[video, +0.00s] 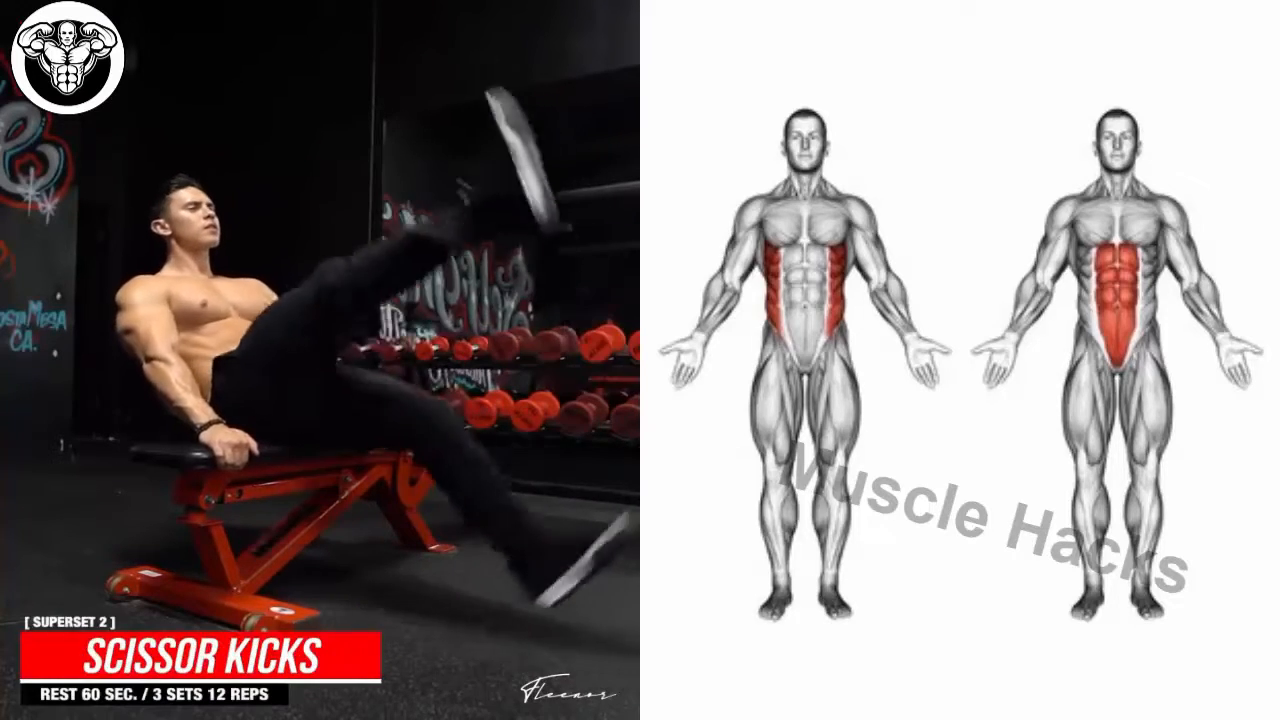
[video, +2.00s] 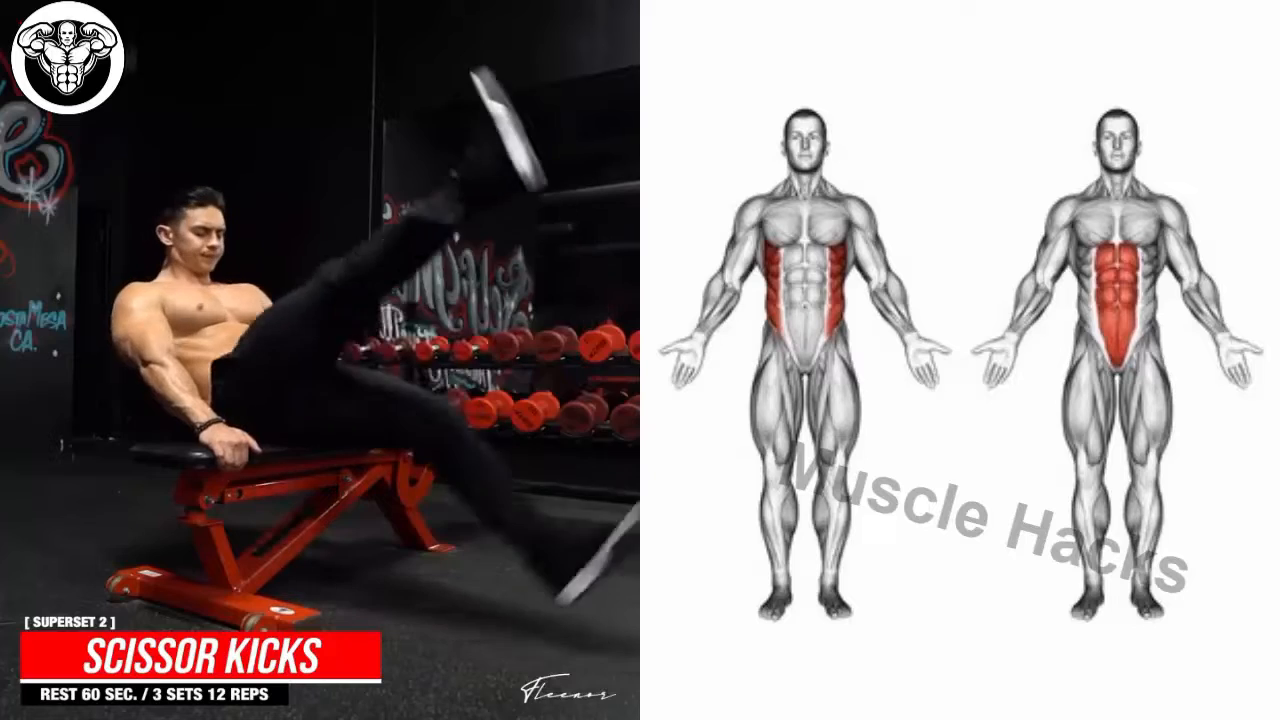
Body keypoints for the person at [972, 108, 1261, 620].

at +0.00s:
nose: (1116, 145)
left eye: (1124, 138)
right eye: (1109, 137)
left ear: (1137, 146)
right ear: (1097, 145)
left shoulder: (1164, 211)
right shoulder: (1070, 211)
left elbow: (1193, 282)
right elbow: (1041, 282)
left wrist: (1221, 335)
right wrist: (1012, 336)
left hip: (1144, 355)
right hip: (1089, 354)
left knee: (1145, 466)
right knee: (1088, 467)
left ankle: (1141, 582)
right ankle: (1092, 583)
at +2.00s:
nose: (1116, 145)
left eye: (1124, 138)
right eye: (1108, 138)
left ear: (1137, 145)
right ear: (1097, 146)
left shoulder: (1164, 211)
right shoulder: (1070, 211)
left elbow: (1193, 282)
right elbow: (1041, 282)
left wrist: (1221, 335)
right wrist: (1012, 336)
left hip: (1144, 355)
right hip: (1089, 354)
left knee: (1145, 466)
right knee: (1088, 466)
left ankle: (1141, 582)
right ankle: (1092, 583)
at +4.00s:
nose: (1116, 145)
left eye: (1124, 138)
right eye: (1108, 138)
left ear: (1137, 145)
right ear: (1097, 145)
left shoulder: (1164, 211)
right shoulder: (1070, 211)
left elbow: (1193, 282)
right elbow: (1041, 282)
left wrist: (1222, 335)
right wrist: (1012, 336)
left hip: (1144, 355)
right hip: (1089, 354)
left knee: (1145, 466)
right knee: (1088, 466)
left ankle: (1141, 581)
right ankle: (1092, 583)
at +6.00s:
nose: (1116, 146)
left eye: (1124, 138)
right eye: (1109, 138)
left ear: (1137, 145)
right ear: (1097, 145)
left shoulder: (1164, 211)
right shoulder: (1070, 211)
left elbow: (1193, 282)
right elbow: (1041, 282)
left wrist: (1222, 335)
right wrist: (1012, 336)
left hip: (1144, 355)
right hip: (1089, 354)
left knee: (1145, 466)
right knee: (1088, 467)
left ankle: (1141, 581)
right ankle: (1092, 583)